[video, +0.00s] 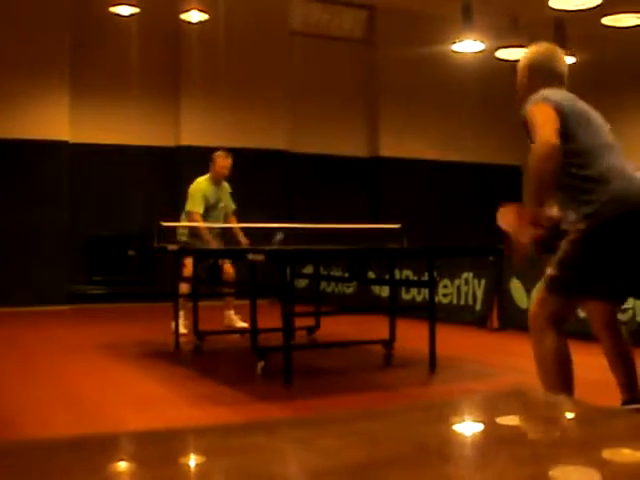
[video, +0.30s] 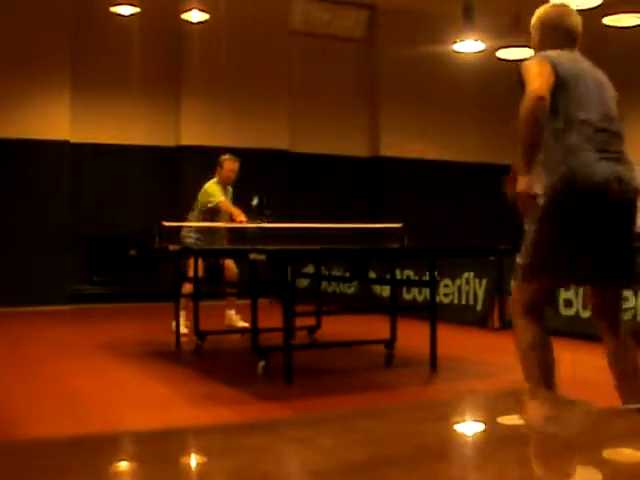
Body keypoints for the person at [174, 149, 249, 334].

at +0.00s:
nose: (225, 171)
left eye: (227, 168)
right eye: (222, 167)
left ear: (229, 168)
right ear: (212, 166)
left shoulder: (224, 187)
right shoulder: (199, 186)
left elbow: (230, 216)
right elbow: (195, 218)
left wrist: (240, 236)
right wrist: (210, 241)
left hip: (212, 237)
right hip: (190, 238)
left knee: (228, 271)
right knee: (188, 272)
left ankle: (229, 313)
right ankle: (182, 317)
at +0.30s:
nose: (232, 175)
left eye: (235, 171)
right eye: (229, 171)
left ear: (236, 172)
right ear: (219, 170)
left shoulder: (228, 191)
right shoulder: (210, 187)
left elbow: (222, 212)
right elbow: (222, 204)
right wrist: (237, 213)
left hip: (215, 238)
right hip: (195, 238)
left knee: (231, 271)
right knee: (194, 274)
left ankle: (230, 313)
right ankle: (182, 317)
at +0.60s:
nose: (237, 163)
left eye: (240, 159)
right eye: (234, 159)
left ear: (242, 162)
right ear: (225, 159)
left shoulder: (240, 182)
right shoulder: (214, 179)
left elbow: (241, 209)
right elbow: (209, 209)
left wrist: (241, 225)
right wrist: (229, 223)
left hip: (226, 236)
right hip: (204, 235)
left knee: (235, 272)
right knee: (196, 271)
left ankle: (231, 312)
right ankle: (185, 313)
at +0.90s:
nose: (227, 158)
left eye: (230, 155)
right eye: (224, 154)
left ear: (234, 158)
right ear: (217, 157)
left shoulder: (237, 178)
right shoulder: (207, 178)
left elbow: (242, 206)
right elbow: (199, 208)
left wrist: (252, 222)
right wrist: (213, 225)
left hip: (231, 233)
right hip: (208, 234)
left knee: (244, 268)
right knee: (202, 271)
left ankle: (239, 308)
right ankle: (194, 313)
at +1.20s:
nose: (234, 164)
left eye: (237, 161)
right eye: (230, 160)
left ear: (241, 163)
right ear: (224, 162)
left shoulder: (246, 184)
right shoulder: (214, 183)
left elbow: (255, 211)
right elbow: (204, 210)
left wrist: (253, 231)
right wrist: (216, 226)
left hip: (240, 237)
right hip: (215, 237)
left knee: (253, 273)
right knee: (203, 272)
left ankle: (260, 311)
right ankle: (194, 313)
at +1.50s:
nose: (239, 169)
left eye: (242, 165)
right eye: (236, 164)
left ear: (247, 167)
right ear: (230, 165)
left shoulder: (250, 187)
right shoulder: (219, 185)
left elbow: (257, 216)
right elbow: (209, 214)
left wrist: (261, 240)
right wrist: (224, 232)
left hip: (240, 239)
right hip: (216, 239)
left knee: (256, 271)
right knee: (204, 273)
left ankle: (260, 310)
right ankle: (194, 312)